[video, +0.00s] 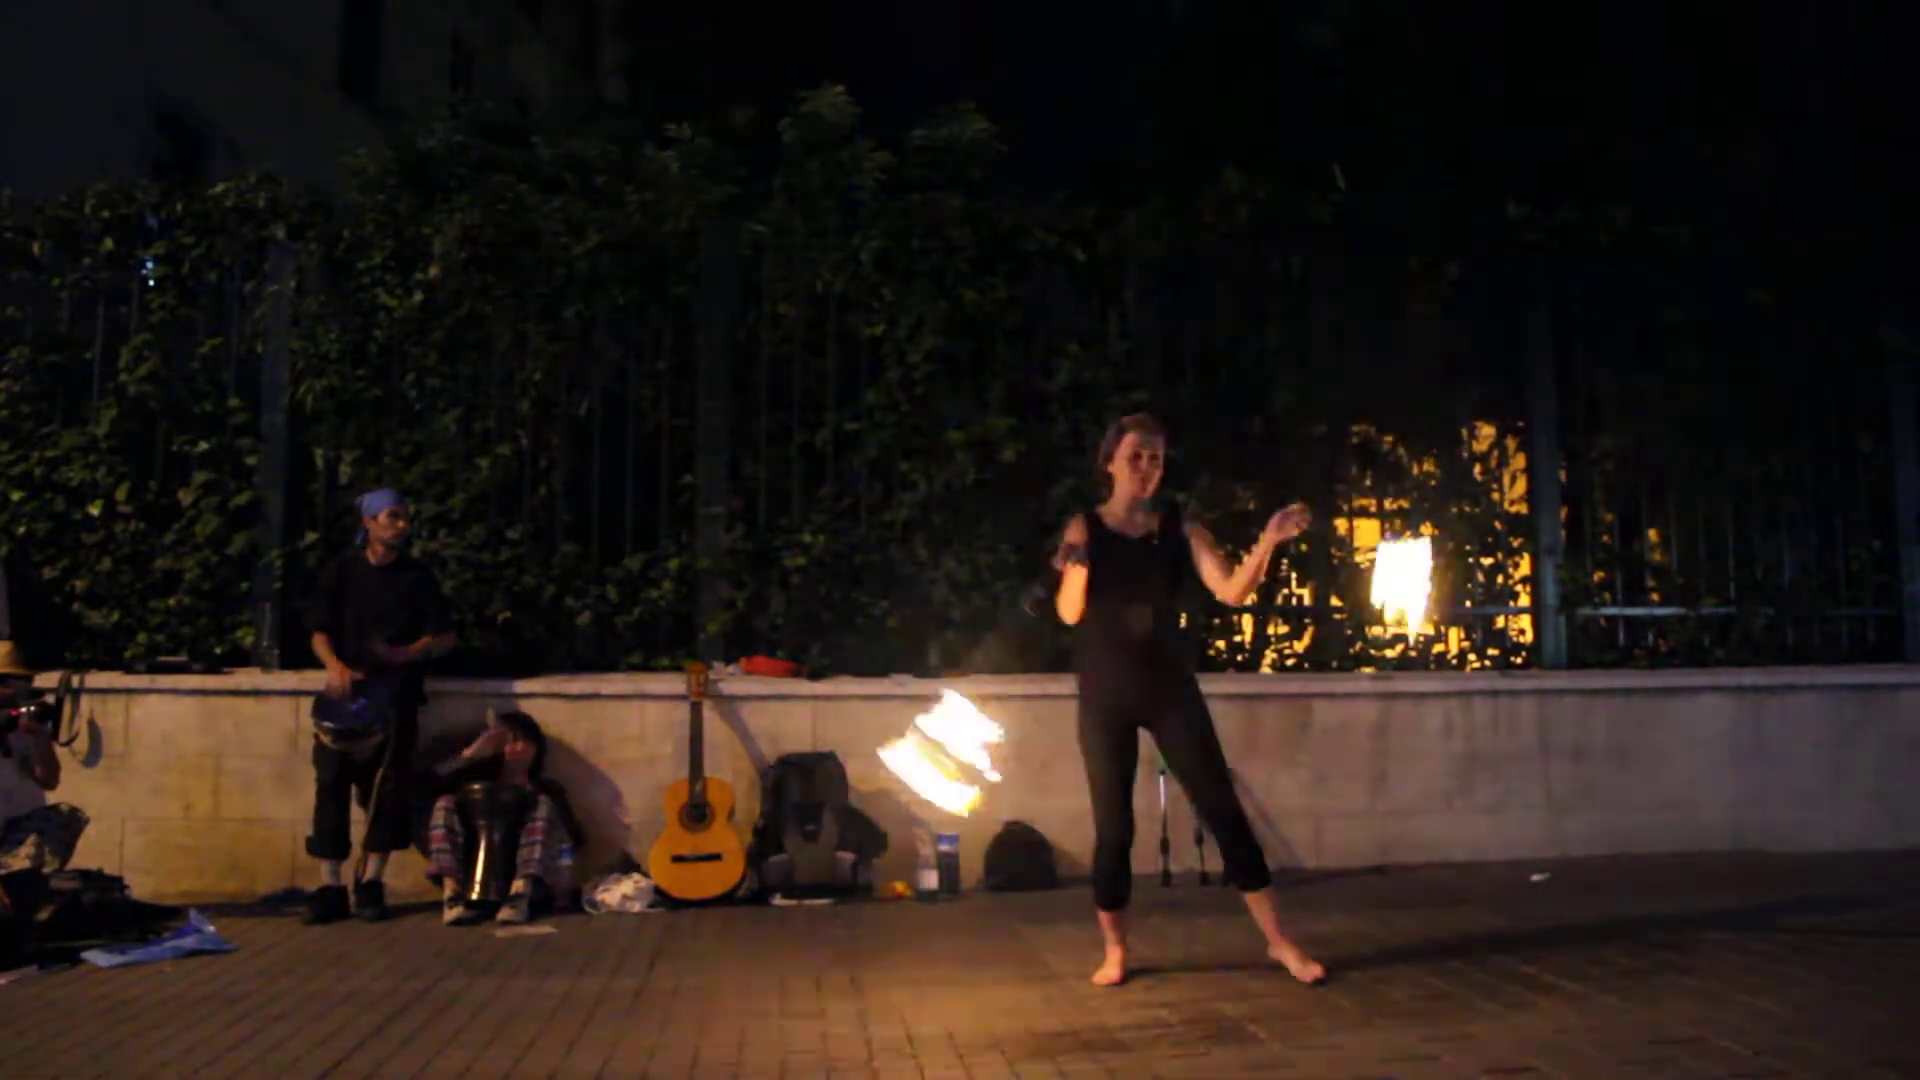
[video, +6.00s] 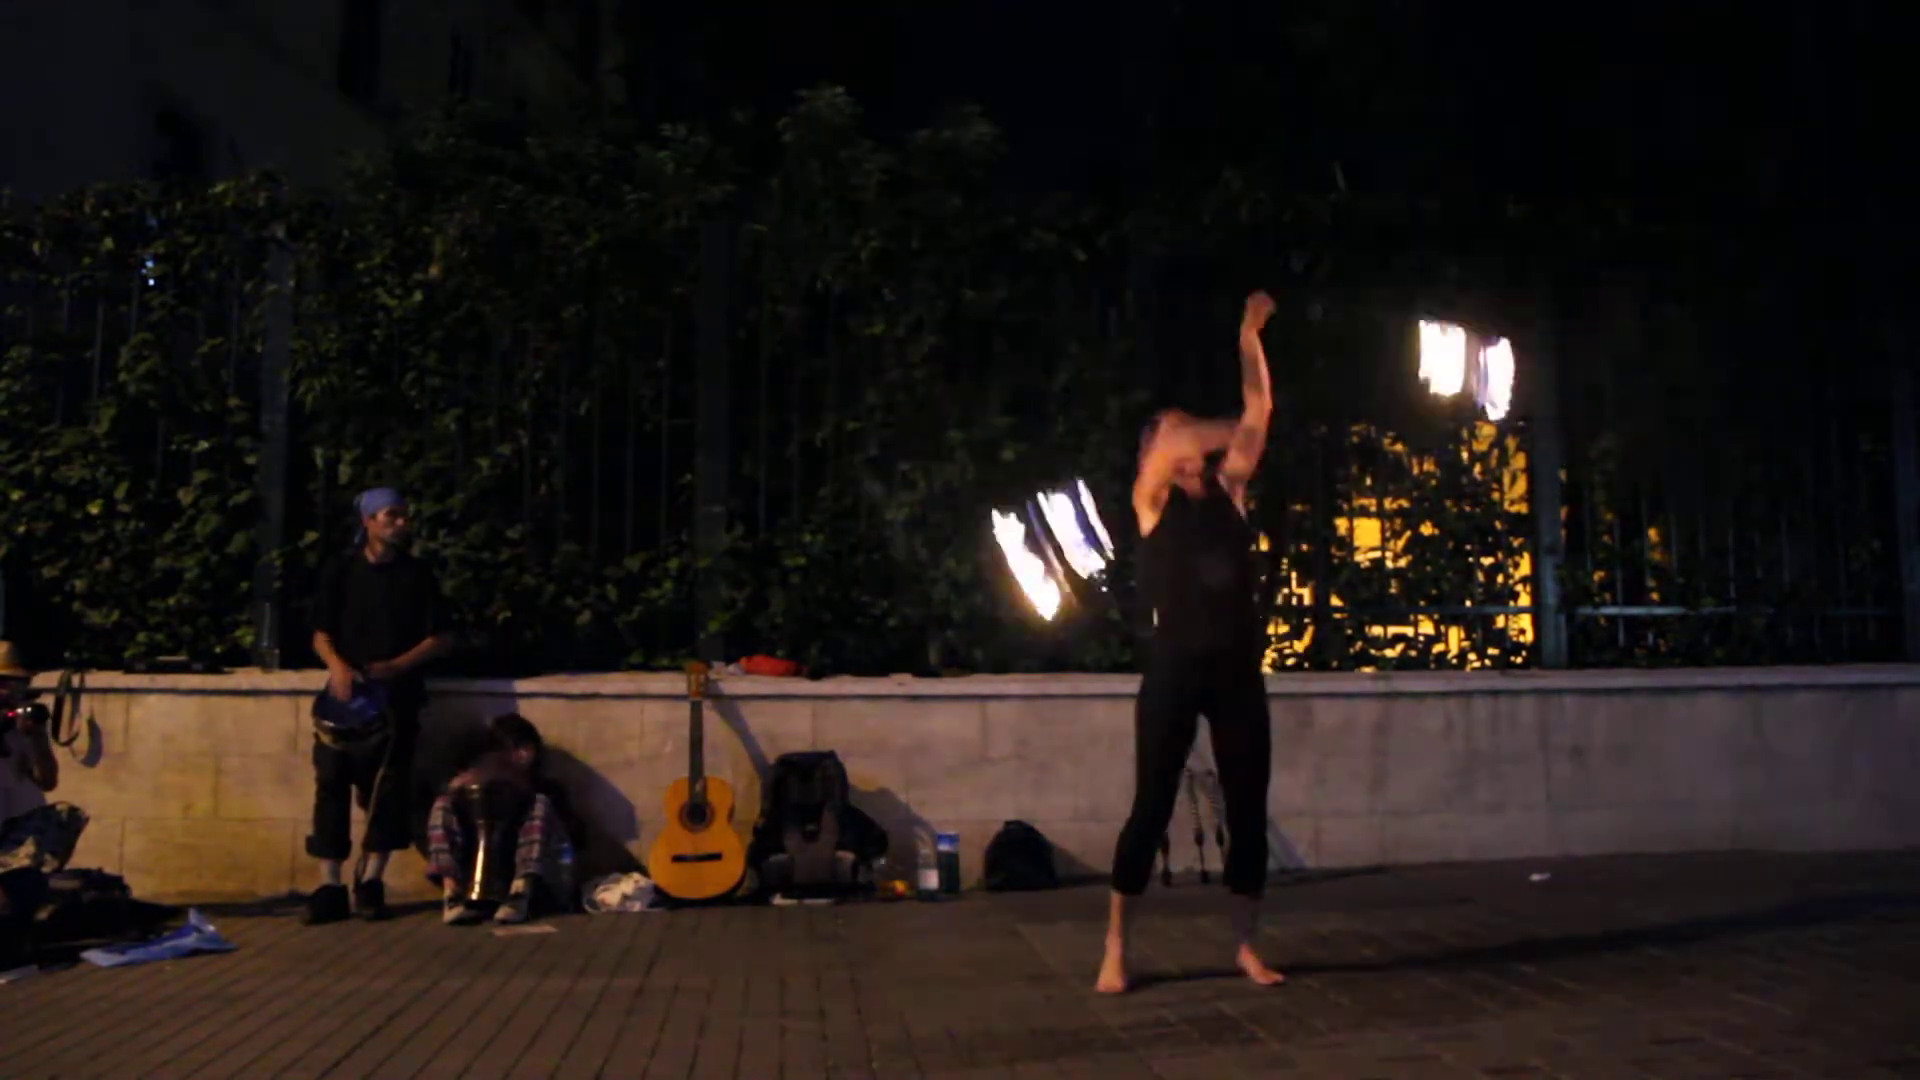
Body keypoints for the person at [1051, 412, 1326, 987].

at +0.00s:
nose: (1147, 469)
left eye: (1155, 459)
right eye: (1136, 458)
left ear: (1164, 467)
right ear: (1110, 462)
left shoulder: (1180, 530)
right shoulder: (1085, 529)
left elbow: (1229, 590)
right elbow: (1069, 613)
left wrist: (1268, 541)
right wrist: (1078, 559)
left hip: (1171, 689)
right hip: (1105, 693)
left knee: (1223, 811)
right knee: (1113, 827)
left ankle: (1278, 941)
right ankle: (1114, 949)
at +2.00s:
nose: (1218, 423)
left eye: (1225, 416)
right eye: (1206, 418)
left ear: (1237, 431)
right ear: (1186, 433)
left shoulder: (1256, 476)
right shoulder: (1177, 484)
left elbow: (1289, 395)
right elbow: (1189, 402)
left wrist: (1280, 317)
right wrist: (1241, 349)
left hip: (1260, 651)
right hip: (1194, 652)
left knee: (1276, 792)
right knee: (1174, 789)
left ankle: (1275, 936)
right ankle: (1126, 935)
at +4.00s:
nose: (1109, 448)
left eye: (1114, 440)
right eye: (1096, 441)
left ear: (1126, 452)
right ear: (1075, 457)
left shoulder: (1148, 500)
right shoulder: (1073, 512)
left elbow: (1172, 416)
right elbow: (1058, 444)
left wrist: (1164, 333)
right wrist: (1106, 404)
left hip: (1163, 675)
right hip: (1099, 681)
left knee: (1205, 804)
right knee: (1105, 815)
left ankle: (1244, 933)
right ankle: (1099, 943)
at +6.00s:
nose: (1194, 441)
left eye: (1193, 433)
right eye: (1181, 434)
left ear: (1206, 445)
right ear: (1156, 447)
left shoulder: (1230, 487)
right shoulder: (1153, 501)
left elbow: (1259, 412)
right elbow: (1171, 442)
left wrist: (1248, 336)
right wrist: (1243, 429)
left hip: (1239, 669)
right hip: (1173, 670)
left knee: (1248, 811)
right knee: (1152, 808)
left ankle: (1246, 945)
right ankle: (1115, 946)